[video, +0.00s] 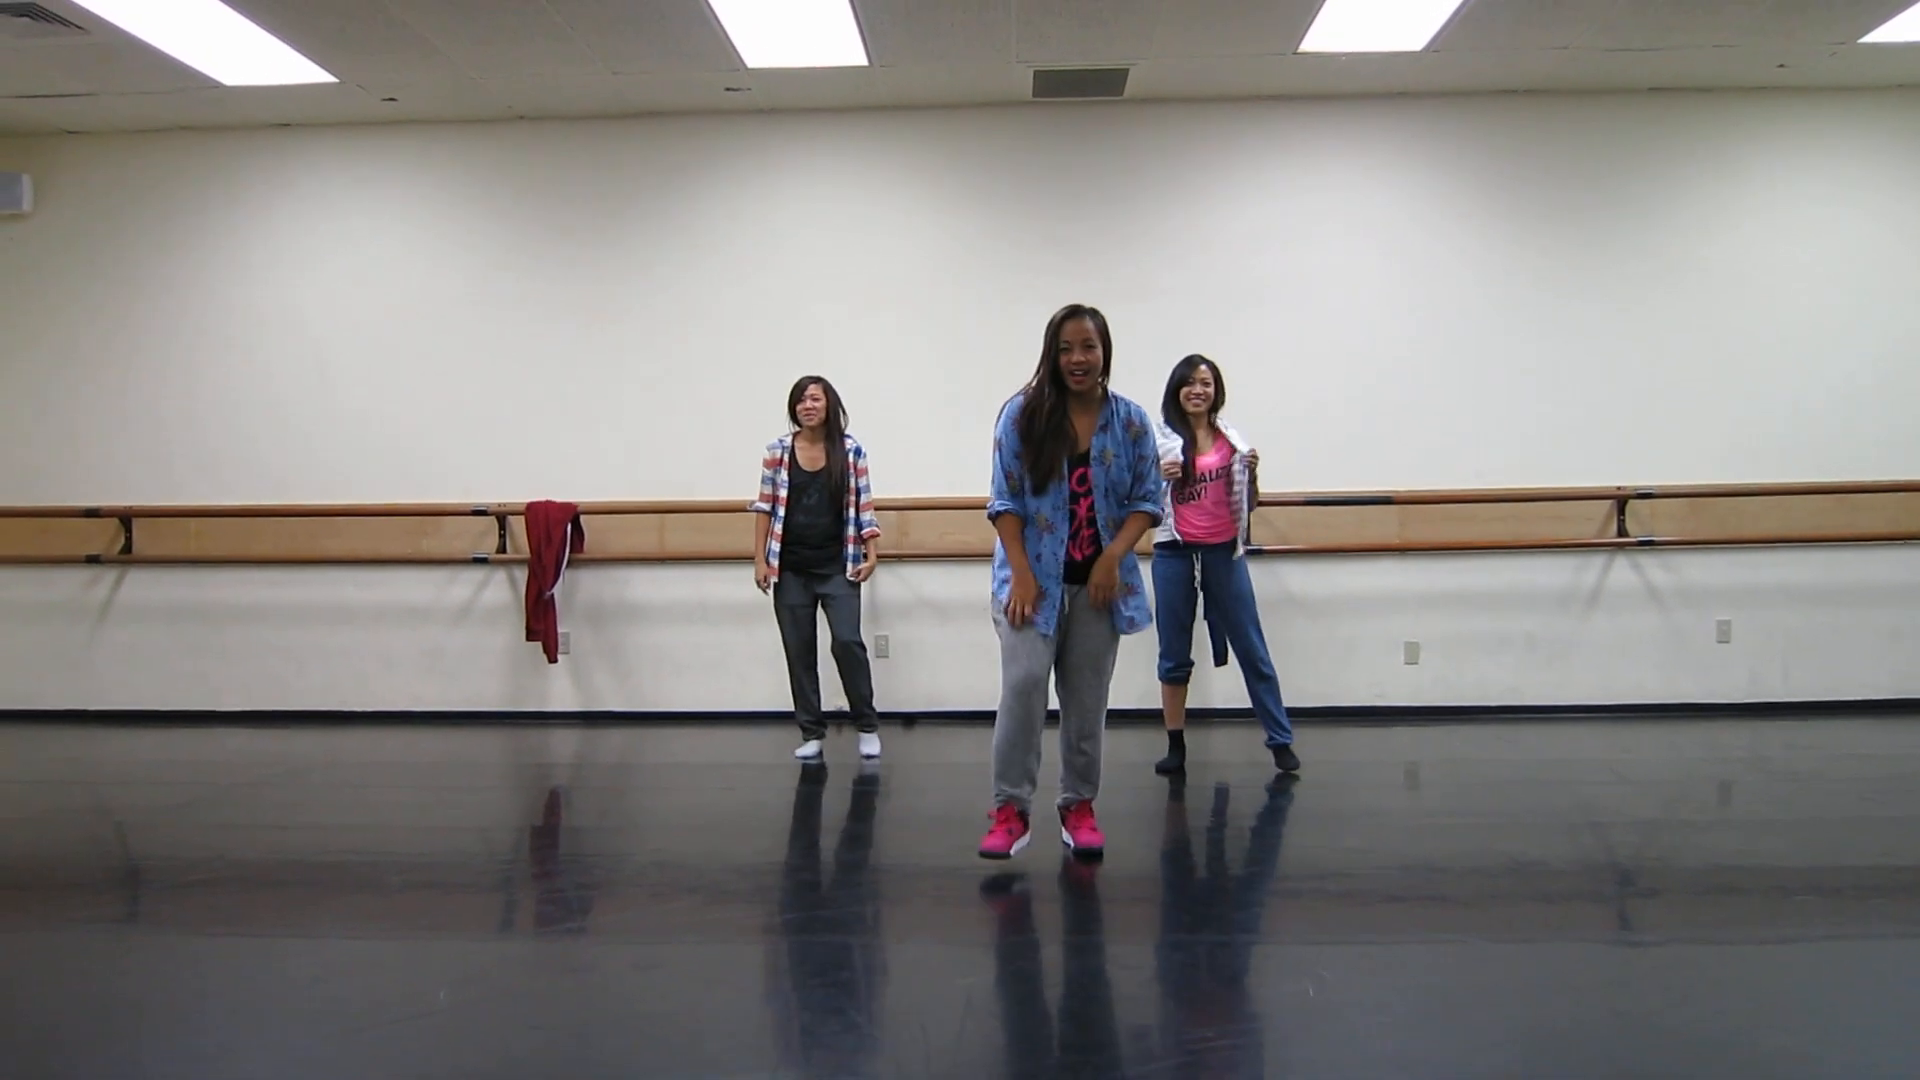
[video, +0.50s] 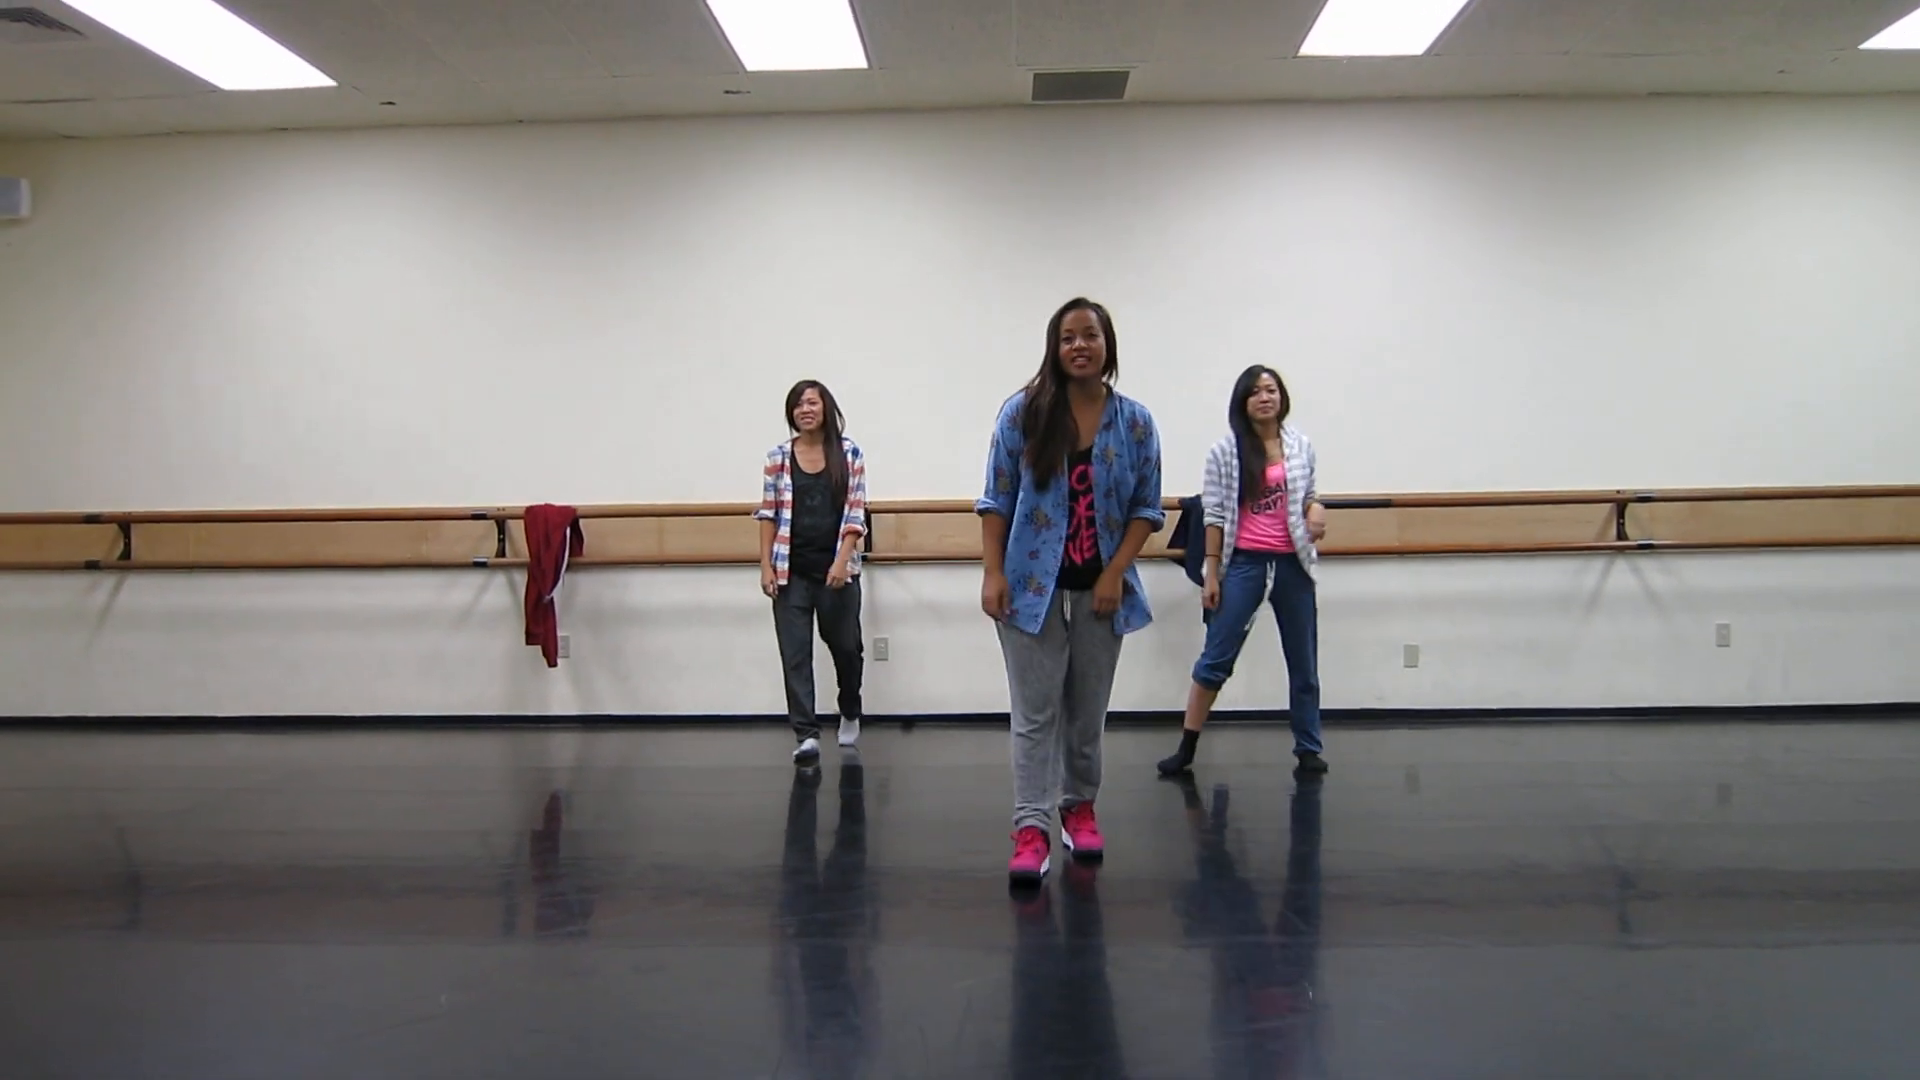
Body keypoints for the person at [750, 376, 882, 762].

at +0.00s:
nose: (809, 404)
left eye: (817, 398)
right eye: (802, 399)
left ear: (830, 405)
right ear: (793, 407)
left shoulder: (850, 450)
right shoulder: (778, 452)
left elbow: (864, 506)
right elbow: (765, 509)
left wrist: (870, 554)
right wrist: (760, 558)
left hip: (840, 569)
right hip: (790, 571)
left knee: (848, 643)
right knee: (800, 654)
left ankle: (867, 728)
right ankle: (811, 734)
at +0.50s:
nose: (806, 409)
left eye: (813, 402)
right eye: (799, 404)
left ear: (827, 409)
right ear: (791, 412)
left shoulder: (848, 452)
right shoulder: (778, 457)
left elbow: (856, 510)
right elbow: (768, 513)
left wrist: (843, 559)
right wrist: (765, 563)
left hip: (836, 572)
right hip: (790, 573)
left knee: (848, 650)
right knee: (795, 656)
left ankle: (849, 713)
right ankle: (805, 734)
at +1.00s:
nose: (827, 421)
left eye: (834, 415)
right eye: (821, 416)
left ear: (847, 421)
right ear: (812, 422)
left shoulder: (868, 462)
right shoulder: (799, 466)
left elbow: (882, 519)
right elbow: (791, 522)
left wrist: (882, 569)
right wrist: (791, 572)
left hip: (858, 577)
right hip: (813, 575)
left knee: (855, 653)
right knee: (812, 651)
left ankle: (850, 723)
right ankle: (813, 733)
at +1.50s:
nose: (834, 422)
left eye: (842, 416)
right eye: (828, 416)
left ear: (854, 424)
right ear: (819, 424)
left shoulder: (873, 465)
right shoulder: (803, 469)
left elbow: (884, 524)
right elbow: (795, 527)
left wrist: (877, 573)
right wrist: (793, 578)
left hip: (861, 580)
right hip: (817, 578)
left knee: (858, 655)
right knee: (820, 647)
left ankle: (853, 724)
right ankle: (834, 733)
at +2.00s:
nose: (828, 409)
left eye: (837, 405)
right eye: (822, 403)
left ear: (849, 415)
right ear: (812, 412)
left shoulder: (867, 461)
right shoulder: (793, 459)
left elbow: (878, 521)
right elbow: (780, 519)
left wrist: (877, 574)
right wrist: (780, 571)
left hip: (852, 582)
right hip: (806, 584)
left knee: (855, 654)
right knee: (814, 669)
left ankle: (856, 723)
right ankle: (829, 745)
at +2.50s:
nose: (818, 422)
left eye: (824, 414)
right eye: (810, 419)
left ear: (840, 422)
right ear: (803, 433)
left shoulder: (861, 469)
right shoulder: (791, 471)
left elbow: (894, 503)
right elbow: (746, 479)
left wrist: (909, 484)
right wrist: (698, 475)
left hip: (850, 596)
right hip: (800, 593)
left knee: (849, 681)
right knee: (798, 670)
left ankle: (846, 768)